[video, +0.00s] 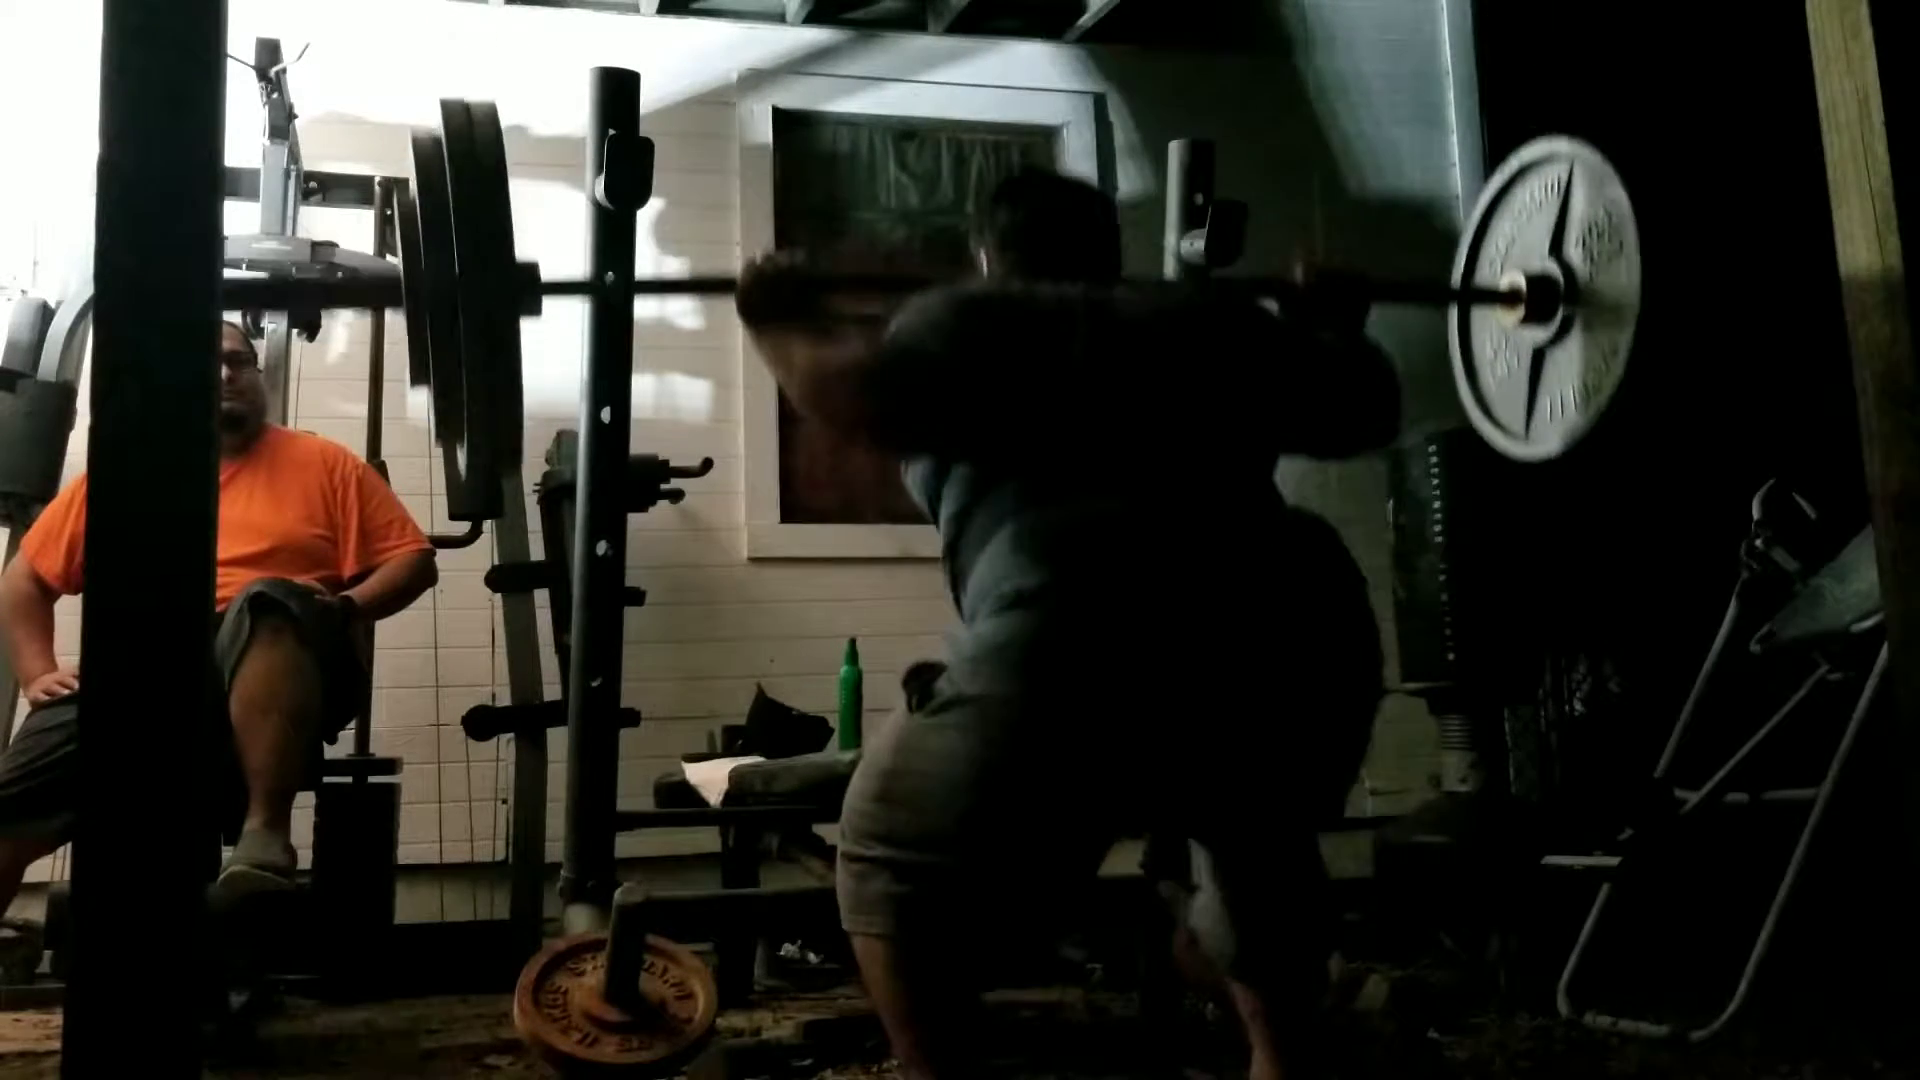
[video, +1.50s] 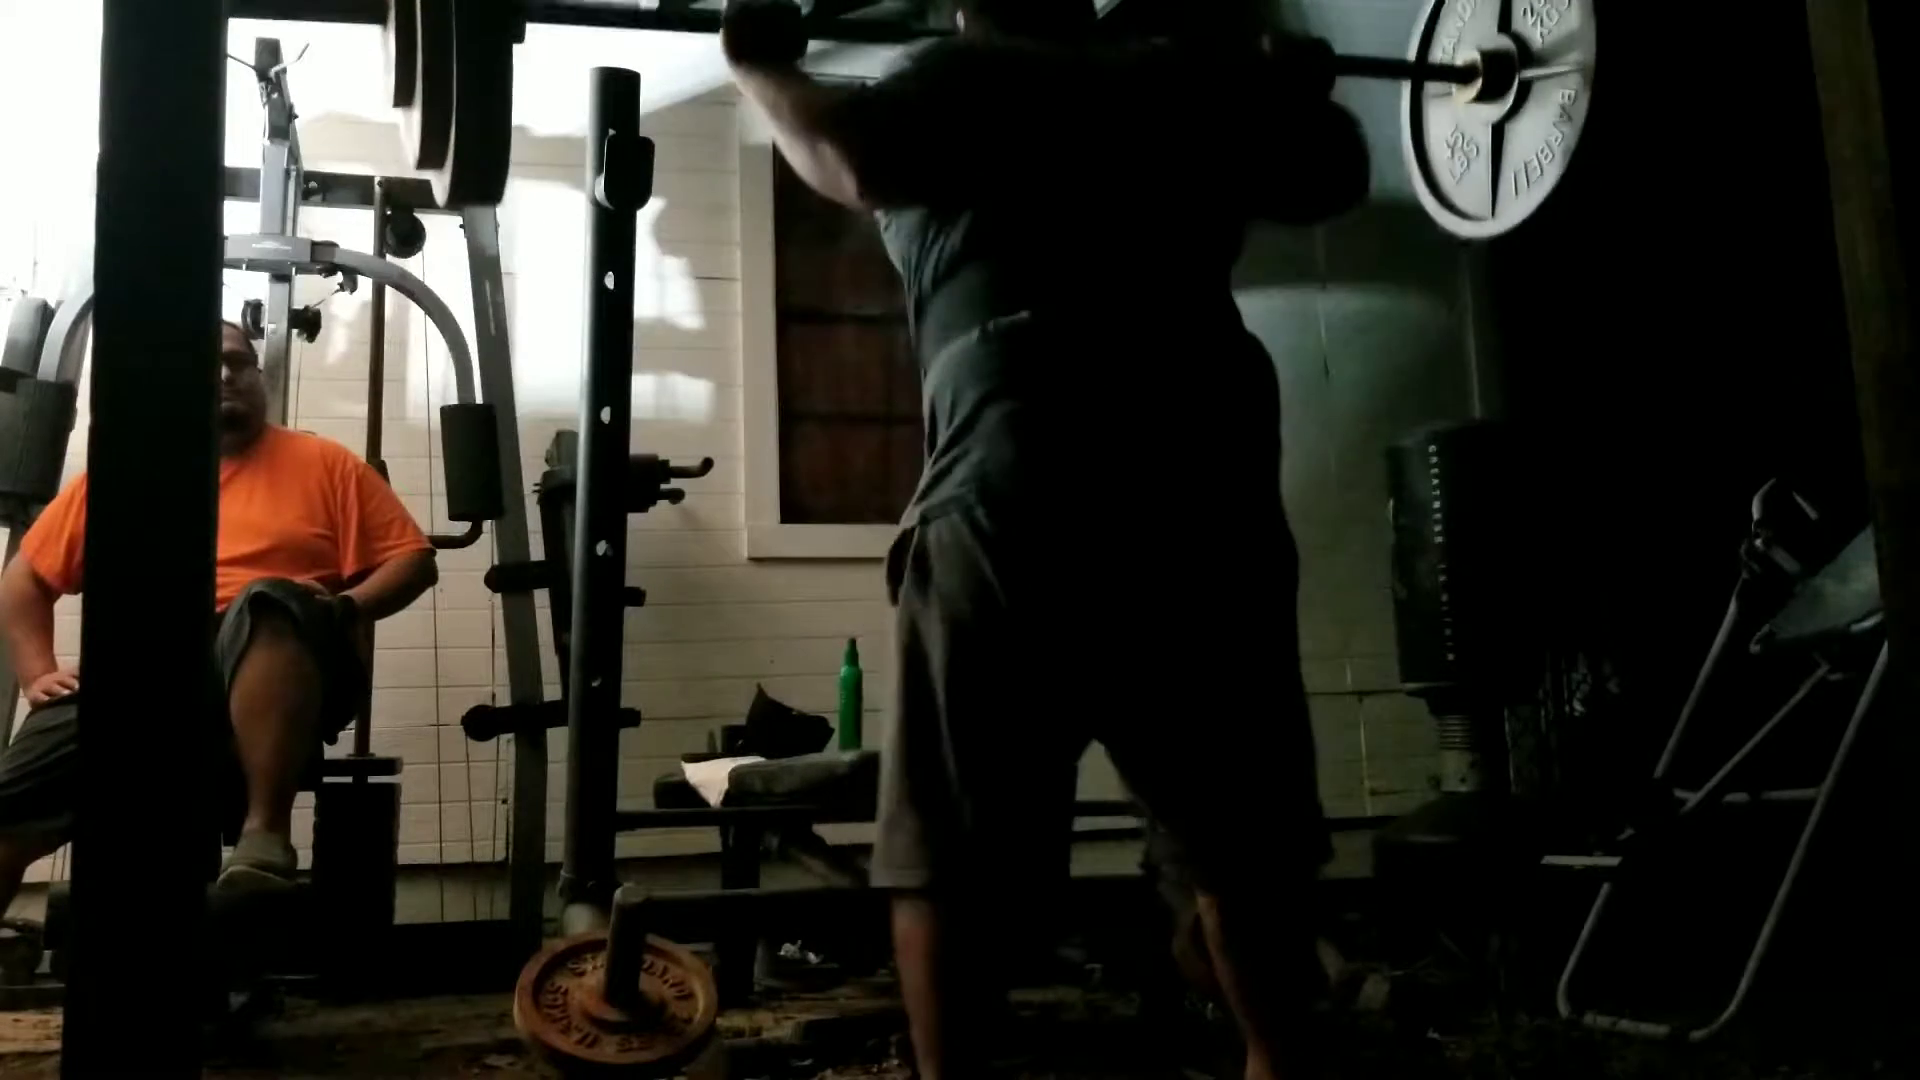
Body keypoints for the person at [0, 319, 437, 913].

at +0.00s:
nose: (227, 375)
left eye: (239, 362)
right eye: (210, 362)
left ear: (263, 378)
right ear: (185, 379)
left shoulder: (324, 464)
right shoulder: (132, 467)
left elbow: (414, 558)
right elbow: (24, 576)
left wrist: (347, 604)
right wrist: (36, 672)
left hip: (284, 668)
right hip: (143, 665)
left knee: (273, 604)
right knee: (13, 804)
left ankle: (266, 830)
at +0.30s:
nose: (226, 378)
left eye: (238, 363)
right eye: (210, 363)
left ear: (262, 379)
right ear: (181, 376)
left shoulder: (324, 465)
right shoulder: (129, 468)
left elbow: (414, 558)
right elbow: (24, 576)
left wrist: (349, 604)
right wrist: (37, 671)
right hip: (141, 667)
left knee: (272, 604)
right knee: (14, 800)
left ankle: (265, 829)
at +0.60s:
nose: (228, 374)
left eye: (239, 362)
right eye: (212, 363)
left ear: (262, 376)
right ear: (185, 377)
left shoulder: (319, 460)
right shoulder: (132, 465)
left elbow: (405, 566)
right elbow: (24, 576)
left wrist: (347, 605)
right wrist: (37, 670)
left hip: (287, 664)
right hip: (147, 664)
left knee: (270, 605)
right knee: (11, 809)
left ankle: (264, 831)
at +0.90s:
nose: (227, 375)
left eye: (241, 361)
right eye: (210, 362)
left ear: (266, 380)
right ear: (185, 380)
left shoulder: (325, 466)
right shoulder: (129, 471)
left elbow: (414, 559)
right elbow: (24, 576)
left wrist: (348, 604)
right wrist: (37, 671)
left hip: (279, 664)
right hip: (140, 665)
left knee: (271, 605)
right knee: (11, 814)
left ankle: (264, 831)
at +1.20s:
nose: (227, 376)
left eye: (239, 363)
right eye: (209, 364)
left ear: (263, 376)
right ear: (185, 380)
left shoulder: (324, 464)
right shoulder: (134, 468)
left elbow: (415, 560)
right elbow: (24, 575)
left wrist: (347, 603)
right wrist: (36, 672)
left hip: (287, 669)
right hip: (144, 666)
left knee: (273, 604)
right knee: (6, 815)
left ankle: (266, 829)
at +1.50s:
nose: (224, 377)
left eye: (237, 363)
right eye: (208, 364)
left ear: (262, 377)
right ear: (183, 380)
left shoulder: (324, 464)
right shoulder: (131, 468)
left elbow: (414, 559)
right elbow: (24, 575)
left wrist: (346, 604)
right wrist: (37, 672)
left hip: (285, 669)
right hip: (143, 666)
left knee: (272, 604)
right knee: (10, 810)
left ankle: (265, 829)